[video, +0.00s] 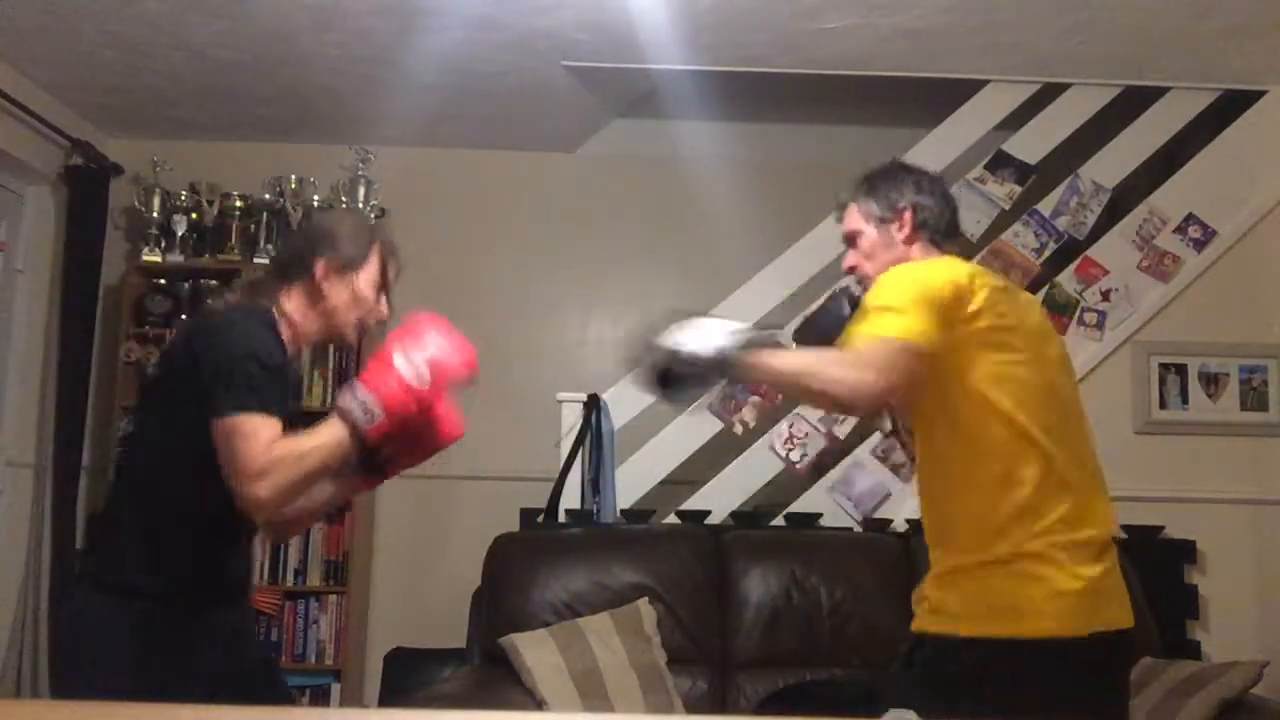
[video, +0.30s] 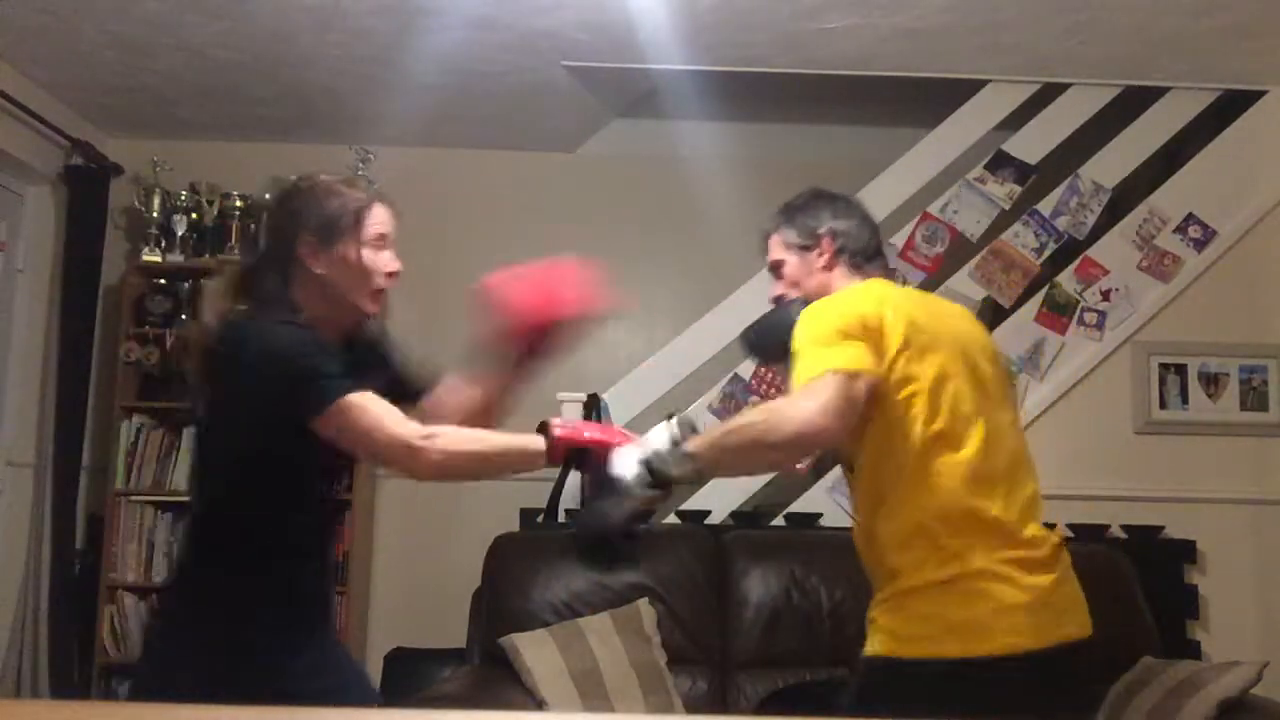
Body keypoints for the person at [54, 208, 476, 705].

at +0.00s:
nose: (382, 309)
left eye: (384, 292)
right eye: (376, 287)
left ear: (329, 279)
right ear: (326, 275)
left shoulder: (270, 358)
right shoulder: (238, 335)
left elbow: (271, 514)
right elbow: (258, 484)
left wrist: (370, 465)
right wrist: (367, 404)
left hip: (204, 611)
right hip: (142, 617)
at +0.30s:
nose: (396, 267)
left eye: (393, 247)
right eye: (379, 246)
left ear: (324, 259)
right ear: (315, 255)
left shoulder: (350, 347)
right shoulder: (270, 347)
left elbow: (444, 420)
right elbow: (418, 451)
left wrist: (520, 360)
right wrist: (554, 446)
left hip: (299, 640)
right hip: (218, 647)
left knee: (374, 714)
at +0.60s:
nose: (403, 246)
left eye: (400, 226)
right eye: (386, 225)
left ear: (332, 231)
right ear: (322, 228)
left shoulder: (372, 314)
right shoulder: (245, 324)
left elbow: (430, 411)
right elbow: (365, 434)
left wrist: (516, 391)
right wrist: (525, 430)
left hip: (338, 624)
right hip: (228, 632)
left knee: (387, 711)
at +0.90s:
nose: (416, 288)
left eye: (421, 270)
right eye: (406, 267)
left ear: (367, 262)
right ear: (340, 254)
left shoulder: (395, 342)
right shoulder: (226, 340)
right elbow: (237, 506)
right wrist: (383, 431)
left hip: (330, 656)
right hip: (199, 662)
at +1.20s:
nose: (474, 309)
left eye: (476, 290)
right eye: (466, 287)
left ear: (413, 283)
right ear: (410, 280)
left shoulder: (397, 362)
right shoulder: (293, 363)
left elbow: (396, 487)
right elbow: (303, 532)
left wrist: (500, 489)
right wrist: (413, 434)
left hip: (362, 646)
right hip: (270, 659)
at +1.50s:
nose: (357, 312)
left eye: (358, 291)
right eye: (347, 287)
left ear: (296, 282)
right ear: (293, 278)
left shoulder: (287, 366)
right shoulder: (170, 357)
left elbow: (318, 497)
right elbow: (227, 502)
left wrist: (387, 417)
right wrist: (341, 388)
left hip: (252, 639)